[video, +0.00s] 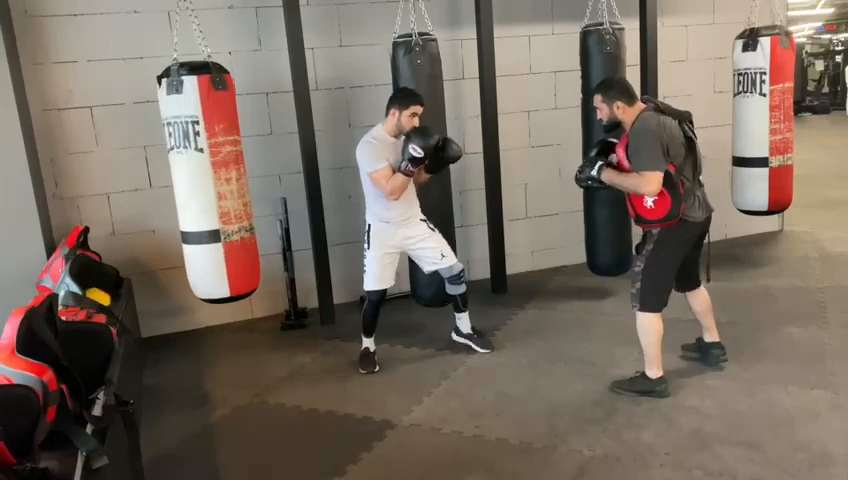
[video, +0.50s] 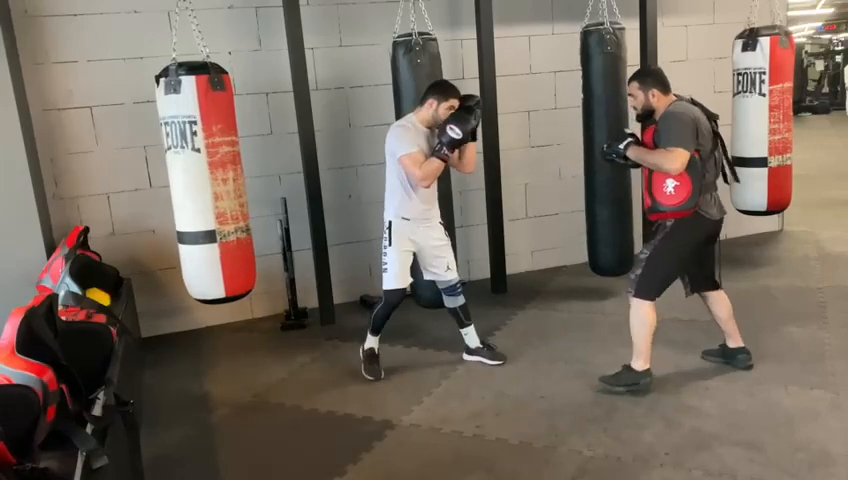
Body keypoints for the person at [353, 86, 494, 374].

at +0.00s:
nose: (417, 122)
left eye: (420, 116)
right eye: (413, 116)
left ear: (402, 115)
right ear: (394, 113)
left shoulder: (409, 141)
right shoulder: (368, 146)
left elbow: (416, 180)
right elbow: (391, 191)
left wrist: (437, 162)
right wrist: (409, 160)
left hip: (414, 223)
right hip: (381, 229)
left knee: (454, 270)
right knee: (375, 293)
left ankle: (463, 330)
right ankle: (367, 348)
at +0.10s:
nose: (419, 116)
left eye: (421, 110)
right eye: (414, 109)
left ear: (409, 108)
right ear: (396, 106)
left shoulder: (411, 133)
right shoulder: (369, 138)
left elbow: (421, 166)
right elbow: (390, 184)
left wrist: (441, 146)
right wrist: (411, 156)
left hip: (416, 219)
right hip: (383, 225)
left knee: (450, 271)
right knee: (376, 289)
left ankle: (469, 336)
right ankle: (368, 347)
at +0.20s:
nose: (425, 113)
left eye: (427, 107)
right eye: (421, 106)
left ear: (412, 106)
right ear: (402, 104)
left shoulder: (416, 132)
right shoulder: (377, 135)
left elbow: (432, 163)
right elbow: (398, 180)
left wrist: (445, 134)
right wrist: (419, 148)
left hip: (419, 222)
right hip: (387, 225)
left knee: (445, 280)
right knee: (377, 288)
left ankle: (471, 344)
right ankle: (368, 347)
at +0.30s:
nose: (434, 113)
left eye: (436, 108)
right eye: (431, 107)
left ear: (421, 106)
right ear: (411, 104)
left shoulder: (423, 134)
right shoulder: (386, 138)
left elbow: (449, 169)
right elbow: (413, 182)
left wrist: (455, 140)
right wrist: (433, 147)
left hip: (425, 224)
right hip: (394, 226)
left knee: (450, 282)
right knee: (384, 291)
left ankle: (474, 344)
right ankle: (368, 346)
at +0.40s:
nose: (446, 113)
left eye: (449, 109)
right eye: (443, 107)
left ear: (432, 106)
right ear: (425, 103)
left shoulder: (431, 133)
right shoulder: (396, 133)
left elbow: (452, 172)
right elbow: (419, 179)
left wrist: (464, 139)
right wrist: (441, 144)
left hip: (430, 222)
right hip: (399, 224)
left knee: (452, 283)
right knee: (395, 291)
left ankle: (474, 345)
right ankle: (369, 341)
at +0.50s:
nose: (451, 116)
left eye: (453, 111)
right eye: (449, 109)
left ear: (437, 107)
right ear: (432, 103)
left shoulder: (436, 133)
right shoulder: (400, 132)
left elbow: (467, 166)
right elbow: (423, 177)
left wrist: (469, 126)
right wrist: (448, 144)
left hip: (430, 223)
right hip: (400, 224)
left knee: (451, 284)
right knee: (395, 292)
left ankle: (474, 346)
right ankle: (370, 347)